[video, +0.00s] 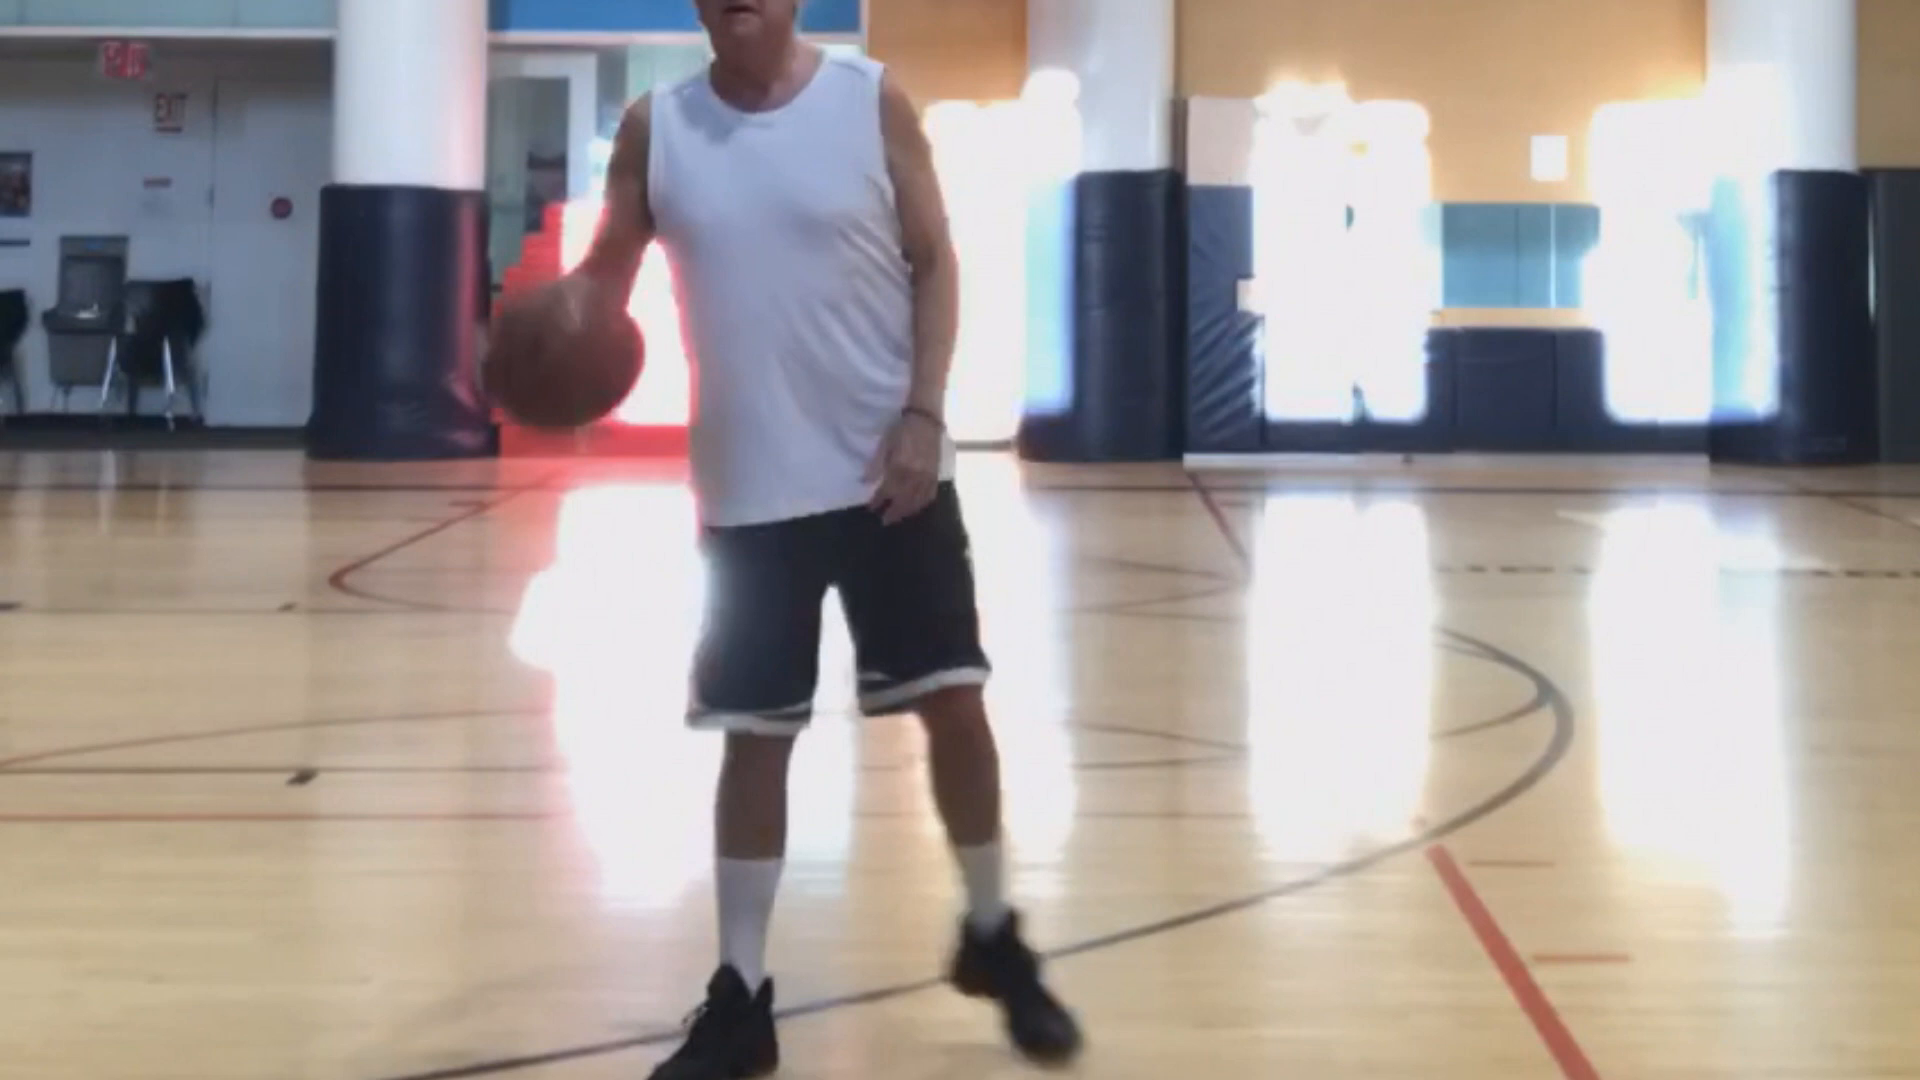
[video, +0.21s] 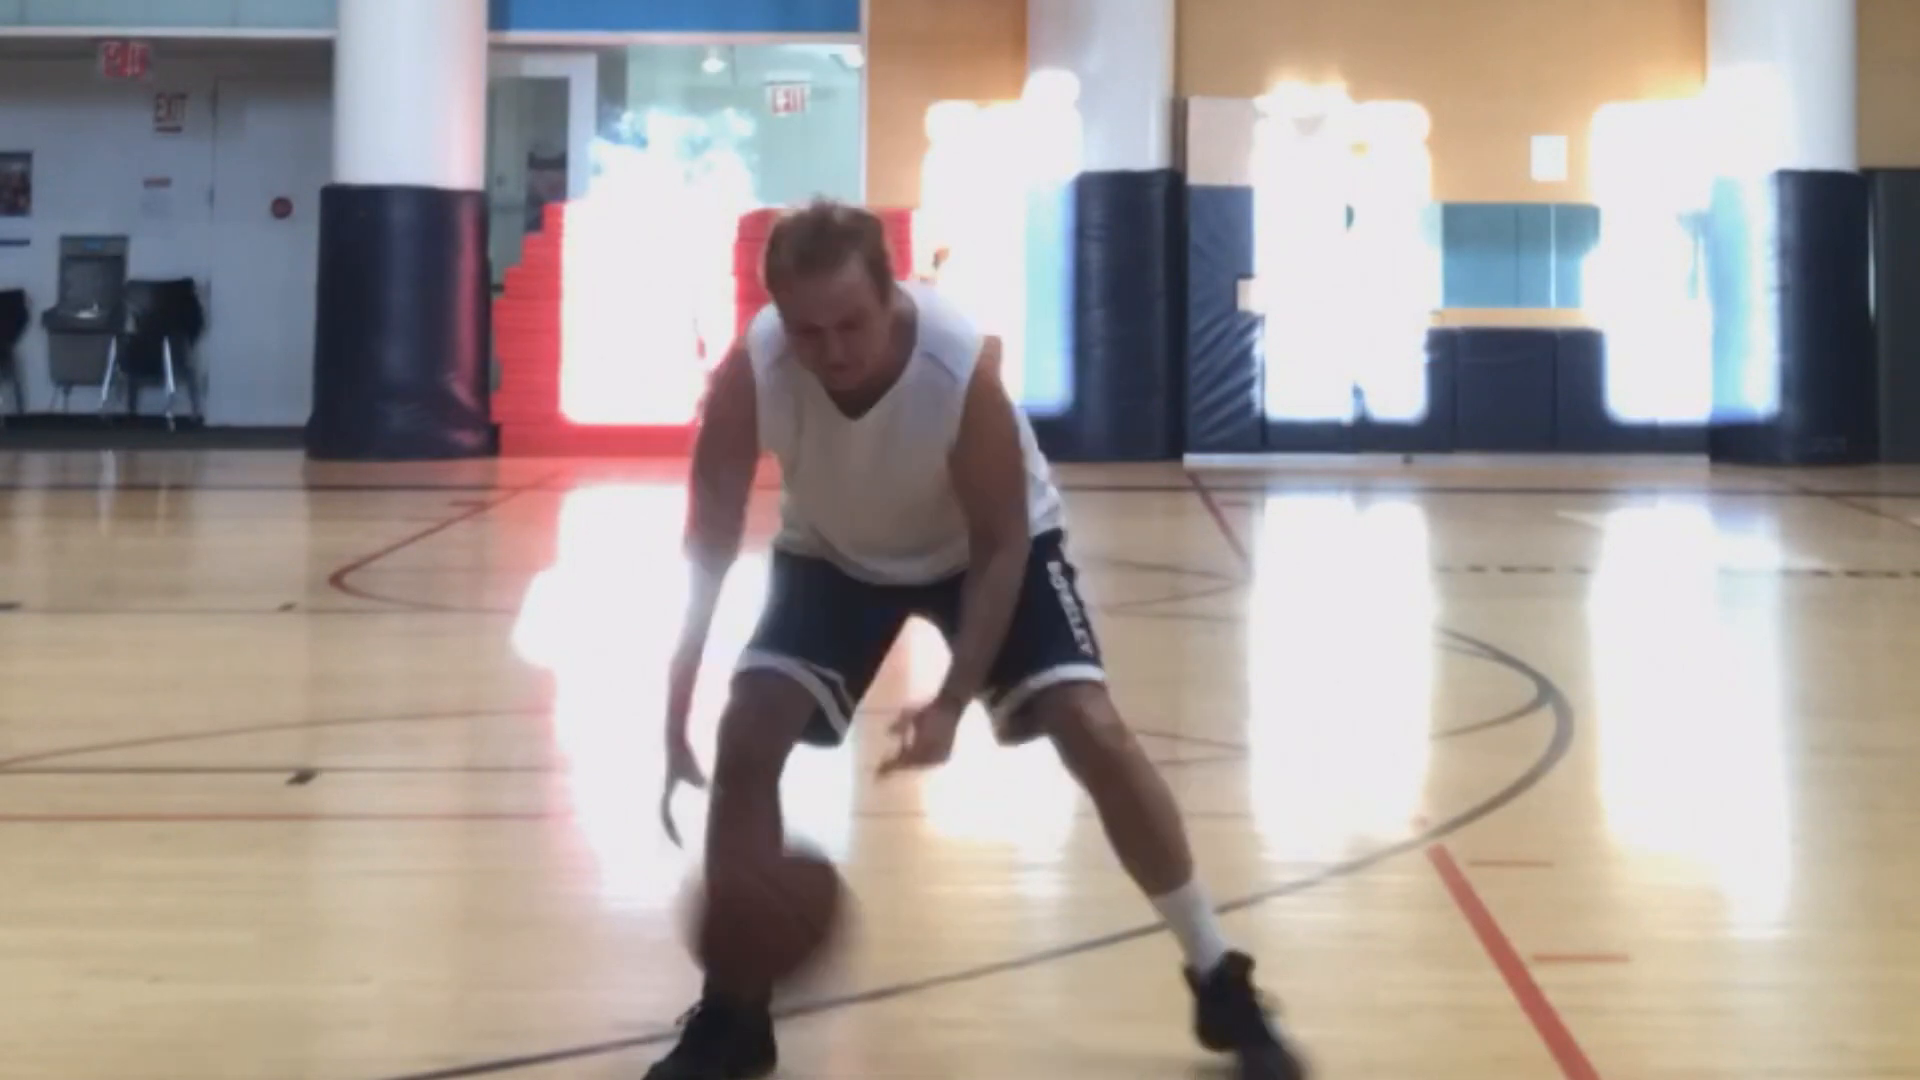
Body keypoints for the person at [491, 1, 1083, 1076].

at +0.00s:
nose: (736, 6)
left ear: (793, 3)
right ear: (697, 12)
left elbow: (933, 261)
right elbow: (599, 282)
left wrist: (925, 413)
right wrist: (543, 331)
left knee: (954, 702)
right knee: (756, 736)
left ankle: (991, 939)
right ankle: (739, 998)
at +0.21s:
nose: (830, 352)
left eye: (848, 327)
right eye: (807, 333)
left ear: (893, 297)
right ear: (778, 315)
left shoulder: (960, 376)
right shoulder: (751, 375)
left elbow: (1001, 545)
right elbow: (711, 540)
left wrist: (950, 702)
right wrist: (679, 698)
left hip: (984, 546)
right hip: (833, 554)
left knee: (1092, 731)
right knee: (746, 735)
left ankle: (1218, 978)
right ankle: (731, 1014)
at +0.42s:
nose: (932, 418)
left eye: (949, 391)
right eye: (908, 398)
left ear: (984, 370)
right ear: (877, 391)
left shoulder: (1048, 449)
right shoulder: (839, 465)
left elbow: (1123, 624)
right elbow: (818, 667)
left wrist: (1182, 793)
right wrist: (841, 850)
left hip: (1039, 616)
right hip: (896, 615)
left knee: (1125, 758)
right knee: (765, 739)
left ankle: (1175, 1028)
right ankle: (737, 1007)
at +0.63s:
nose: (981, 432)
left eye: (1000, 406)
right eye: (958, 409)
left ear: (1035, 391)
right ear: (925, 394)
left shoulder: (1086, 463)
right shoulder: (873, 451)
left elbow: (1077, 656)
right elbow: (791, 626)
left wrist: (1003, 818)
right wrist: (705, 790)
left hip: (1048, 615)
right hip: (899, 609)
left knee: (1146, 749)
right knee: (774, 756)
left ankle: (1175, 1007)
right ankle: (731, 1010)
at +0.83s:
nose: (992, 449)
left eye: (1017, 428)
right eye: (973, 423)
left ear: (1053, 417)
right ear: (946, 405)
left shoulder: (1093, 507)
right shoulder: (883, 464)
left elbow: (1120, 719)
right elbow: (806, 653)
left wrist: (1113, 893)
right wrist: (852, 825)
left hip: (1051, 650)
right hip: (900, 642)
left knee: (1161, 763)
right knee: (761, 762)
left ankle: (1171, 1008)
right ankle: (729, 1010)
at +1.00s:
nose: (1009, 476)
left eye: (1032, 454)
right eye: (988, 454)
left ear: (1062, 428)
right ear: (953, 425)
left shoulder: (1097, 466)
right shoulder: (891, 449)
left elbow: (1148, 648)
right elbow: (845, 639)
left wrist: (1078, 815)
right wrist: (894, 773)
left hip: (1045, 609)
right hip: (900, 608)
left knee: (1150, 743)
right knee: (765, 755)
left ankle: (1174, 1009)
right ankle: (729, 1008)